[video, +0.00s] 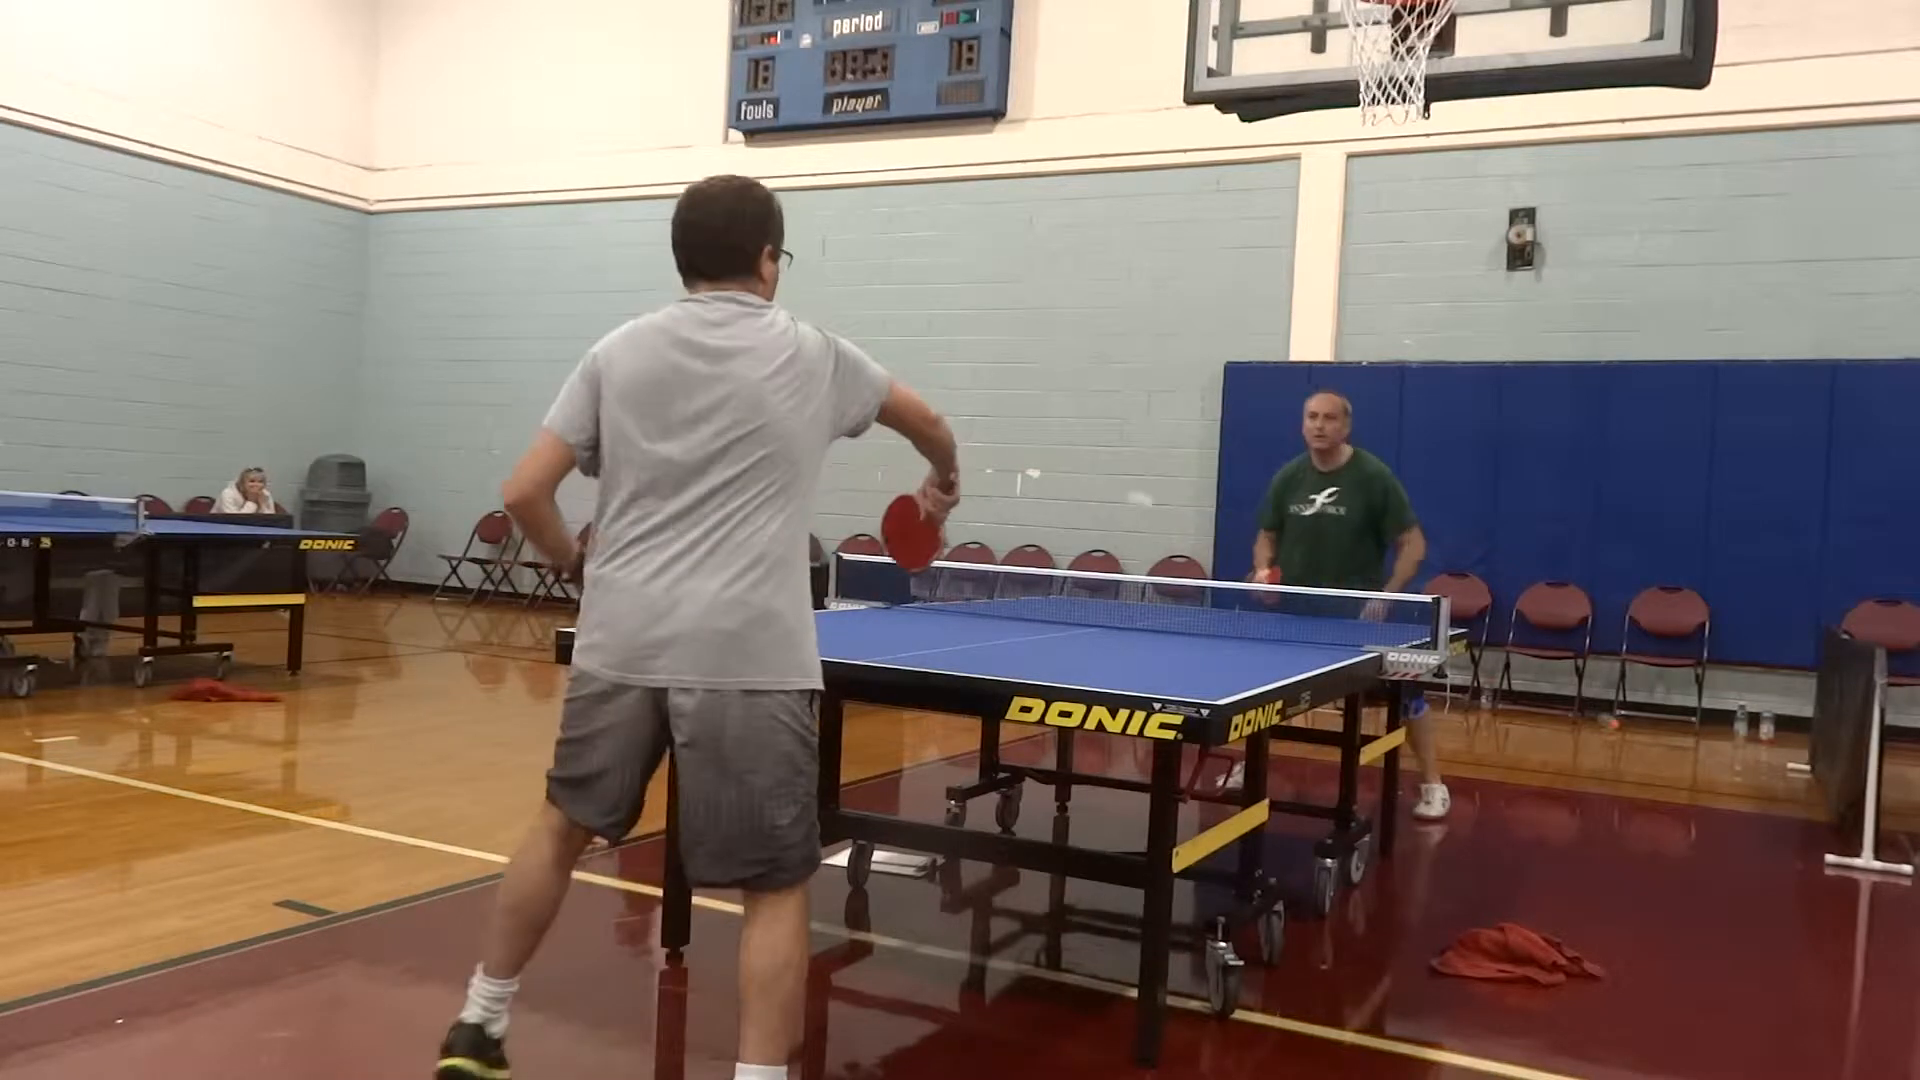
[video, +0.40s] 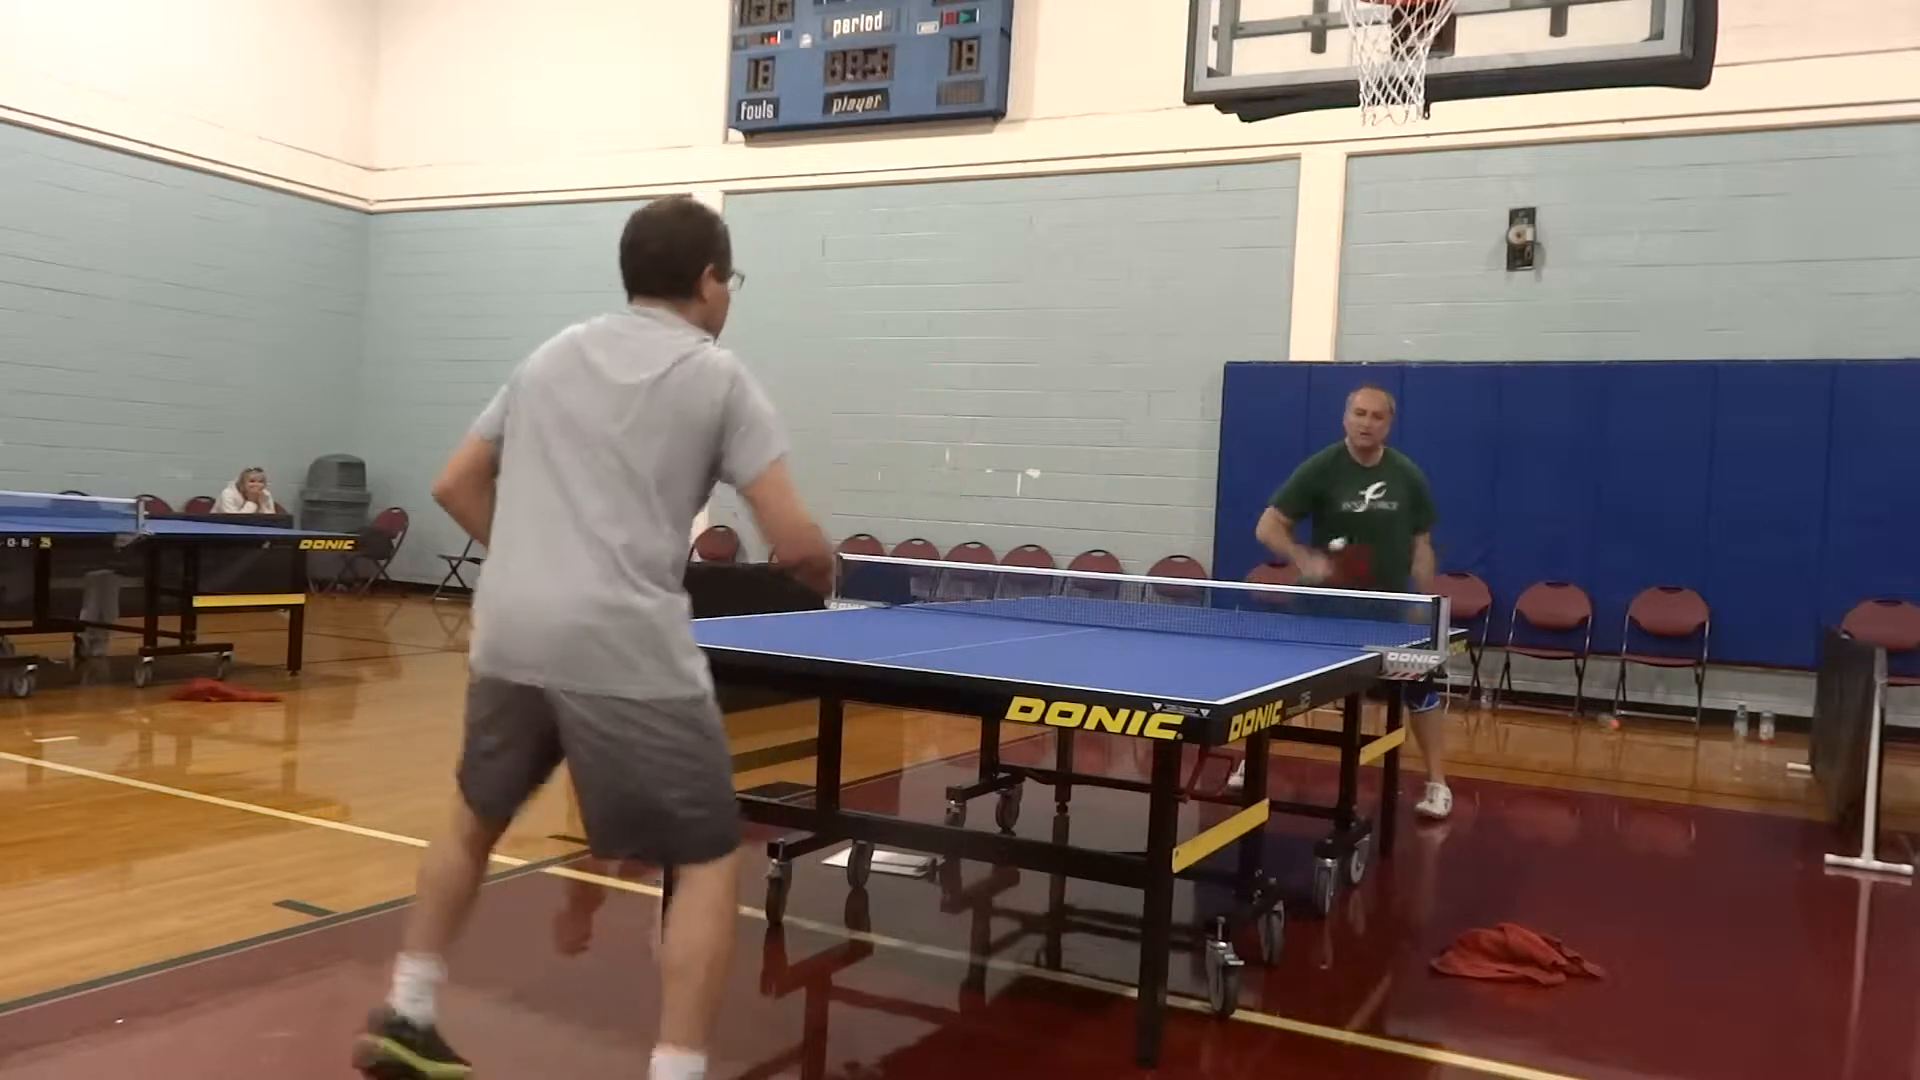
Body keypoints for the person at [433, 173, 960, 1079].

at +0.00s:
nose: (782, 263)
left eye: (777, 251)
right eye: (781, 251)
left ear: (678, 261)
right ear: (767, 259)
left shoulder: (620, 351)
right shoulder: (810, 351)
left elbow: (525, 490)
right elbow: (926, 425)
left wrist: (567, 551)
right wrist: (947, 474)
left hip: (620, 650)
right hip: (754, 664)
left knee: (561, 827)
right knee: (773, 889)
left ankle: (480, 1020)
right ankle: (759, 1078)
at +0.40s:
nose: (731, 295)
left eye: (732, 280)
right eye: (729, 279)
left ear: (629, 278)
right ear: (707, 280)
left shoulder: (552, 355)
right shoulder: (717, 376)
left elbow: (456, 484)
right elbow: (802, 549)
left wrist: (531, 554)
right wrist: (816, 577)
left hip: (507, 640)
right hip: (628, 651)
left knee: (472, 820)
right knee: (707, 856)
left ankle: (406, 1013)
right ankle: (678, 1070)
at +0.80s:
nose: (740, 358)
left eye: (740, 338)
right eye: (728, 338)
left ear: (653, 335)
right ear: (661, 335)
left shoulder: (572, 398)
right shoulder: (644, 424)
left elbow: (543, 556)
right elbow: (631, 574)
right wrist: (686, 672)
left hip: (492, 681)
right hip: (569, 697)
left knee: (467, 858)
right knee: (742, 880)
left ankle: (347, 1017)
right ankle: (718, 1071)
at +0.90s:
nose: (764, 325)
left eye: (769, 305)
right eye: (746, 303)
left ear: (675, 303)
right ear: (677, 300)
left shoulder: (618, 368)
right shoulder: (662, 389)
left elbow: (578, 522)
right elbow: (626, 525)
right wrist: (730, 602)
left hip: (539, 666)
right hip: (607, 683)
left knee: (508, 846)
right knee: (752, 885)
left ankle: (376, 1010)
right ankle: (724, 1070)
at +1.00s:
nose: (763, 288)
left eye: (776, 265)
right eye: (740, 264)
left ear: (789, 266)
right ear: (680, 264)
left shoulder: (689, 356)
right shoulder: (667, 362)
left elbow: (659, 527)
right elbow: (592, 517)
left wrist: (757, 588)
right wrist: (724, 582)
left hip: (583, 661)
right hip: (633, 683)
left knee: (566, 845)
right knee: (743, 893)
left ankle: (422, 1030)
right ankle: (722, 1076)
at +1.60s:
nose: (619, 148)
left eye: (648, 122)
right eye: (592, 130)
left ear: (705, 150)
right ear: (566, 165)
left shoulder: (760, 311)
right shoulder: (510, 320)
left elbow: (835, 472)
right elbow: (395, 518)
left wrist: (871, 603)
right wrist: (322, 712)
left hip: (703, 735)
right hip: (546, 745)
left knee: (655, 994)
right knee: (571, 1036)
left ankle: (617, 1067)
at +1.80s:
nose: (569, 87)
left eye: (607, 58)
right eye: (545, 64)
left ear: (681, 90)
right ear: (528, 94)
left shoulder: (751, 284)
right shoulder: (461, 275)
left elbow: (841, 490)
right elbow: (370, 481)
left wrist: (779, 652)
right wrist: (316, 680)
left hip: (702, 749)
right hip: (502, 759)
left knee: (720, 1042)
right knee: (538, 1044)